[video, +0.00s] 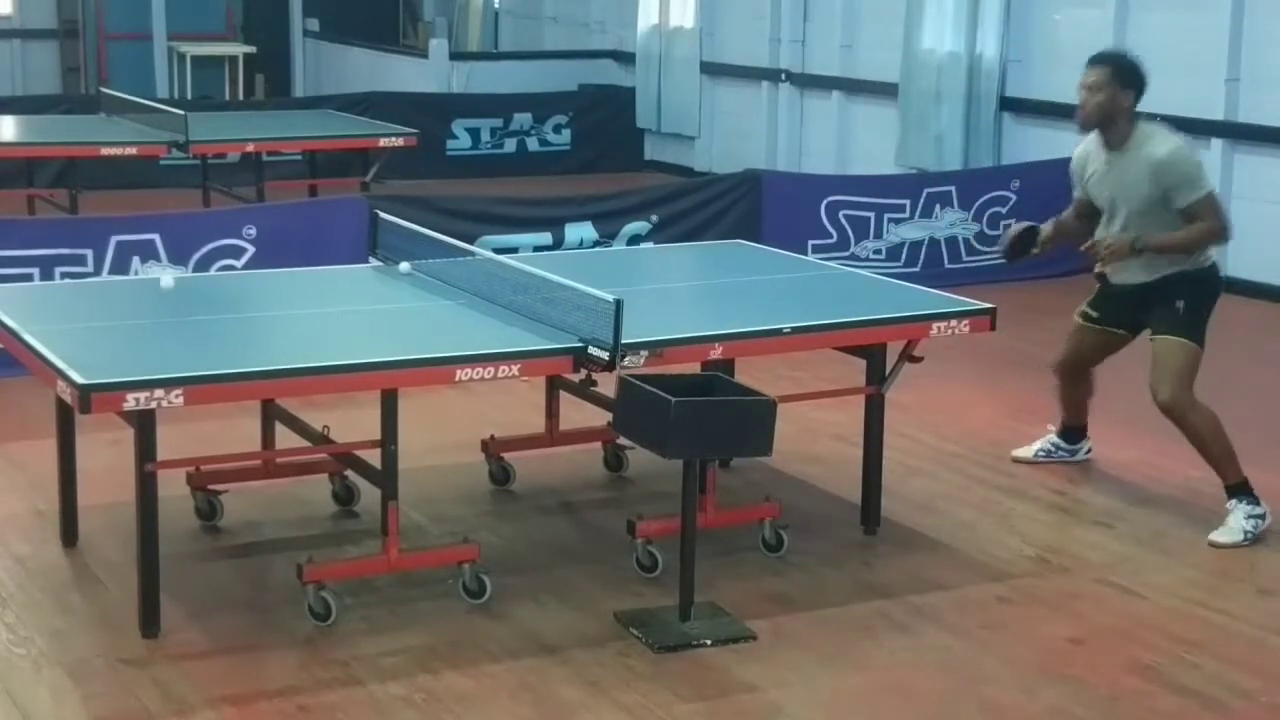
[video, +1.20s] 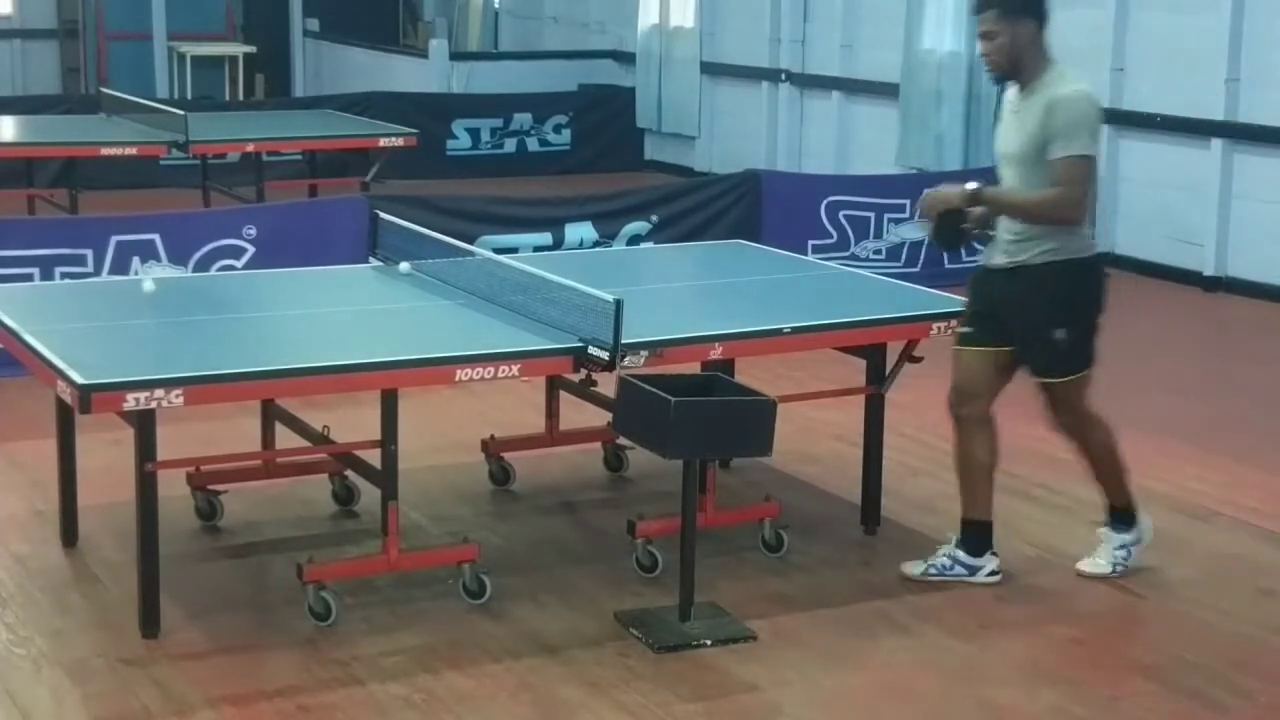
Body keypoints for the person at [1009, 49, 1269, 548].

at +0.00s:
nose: (1080, 98)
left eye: (1091, 91)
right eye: (1081, 89)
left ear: (1125, 99)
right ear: (1092, 97)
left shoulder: (1167, 153)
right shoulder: (1086, 155)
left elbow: (1216, 227)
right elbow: (1083, 218)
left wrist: (1137, 245)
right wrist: (1044, 234)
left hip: (1183, 281)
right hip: (1124, 281)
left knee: (1171, 395)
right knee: (1070, 366)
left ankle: (1246, 503)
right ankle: (1071, 440)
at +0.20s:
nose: (1110, 22)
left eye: (1124, 15)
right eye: (1111, 13)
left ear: (1156, 28)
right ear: (1119, 26)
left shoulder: (1189, 84)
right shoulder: (1113, 85)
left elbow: (1253, 148)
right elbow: (1121, 155)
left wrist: (1173, 183)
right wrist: (1098, 197)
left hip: (1195, 237)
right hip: (1136, 238)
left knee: (1191, 369)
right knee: (1121, 346)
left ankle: (1247, 494)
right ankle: (1149, 460)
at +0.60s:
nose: (1108, 24)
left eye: (1123, 17)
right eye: (1107, 14)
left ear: (1156, 25)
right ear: (1105, 19)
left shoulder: (1191, 83)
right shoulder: (1097, 89)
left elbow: (1243, 159)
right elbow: (1100, 161)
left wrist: (1169, 190)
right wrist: (1087, 207)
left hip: (1184, 248)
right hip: (1125, 256)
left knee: (1165, 382)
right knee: (1158, 382)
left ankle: (1164, 529)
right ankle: (1218, 488)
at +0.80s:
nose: (1086, 39)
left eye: (1097, 26)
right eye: (1080, 29)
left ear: (1133, 26)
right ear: (1077, 33)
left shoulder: (1173, 98)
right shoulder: (1078, 99)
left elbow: (1233, 174)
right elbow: (1073, 171)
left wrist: (1155, 203)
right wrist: (1055, 199)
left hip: (1150, 266)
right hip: (1090, 266)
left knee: (1120, 401)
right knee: (1081, 396)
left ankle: (1138, 540)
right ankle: (1178, 467)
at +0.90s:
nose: (1065, 42)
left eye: (1074, 28)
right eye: (1060, 31)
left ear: (1113, 22)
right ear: (1061, 31)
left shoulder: (1155, 93)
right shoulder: (1069, 94)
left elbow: (1202, 184)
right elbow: (1078, 167)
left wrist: (1117, 206)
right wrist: (1044, 198)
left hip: (1131, 266)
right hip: (1071, 265)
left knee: (1120, 403)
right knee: (1039, 392)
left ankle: (1139, 537)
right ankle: (1123, 476)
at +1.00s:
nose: (1040, 39)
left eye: (1048, 25)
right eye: (1035, 28)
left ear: (1087, 17)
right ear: (1042, 28)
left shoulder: (1135, 87)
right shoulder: (1057, 87)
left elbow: (1162, 184)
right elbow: (1075, 176)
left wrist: (1062, 188)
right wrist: (1030, 203)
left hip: (1112, 263)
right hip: (1053, 261)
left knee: (1117, 397)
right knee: (1010, 386)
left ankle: (1136, 532)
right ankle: (1056, 515)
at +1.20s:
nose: (983, 50)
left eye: (992, 36)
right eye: (980, 38)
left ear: (1030, 31)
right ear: (1002, 37)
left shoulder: (1070, 100)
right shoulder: (1014, 99)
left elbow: (1072, 206)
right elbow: (1027, 192)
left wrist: (977, 197)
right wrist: (981, 213)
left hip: (1061, 276)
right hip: (1005, 273)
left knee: (1070, 409)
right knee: (968, 401)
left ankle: (1126, 524)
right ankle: (975, 548)